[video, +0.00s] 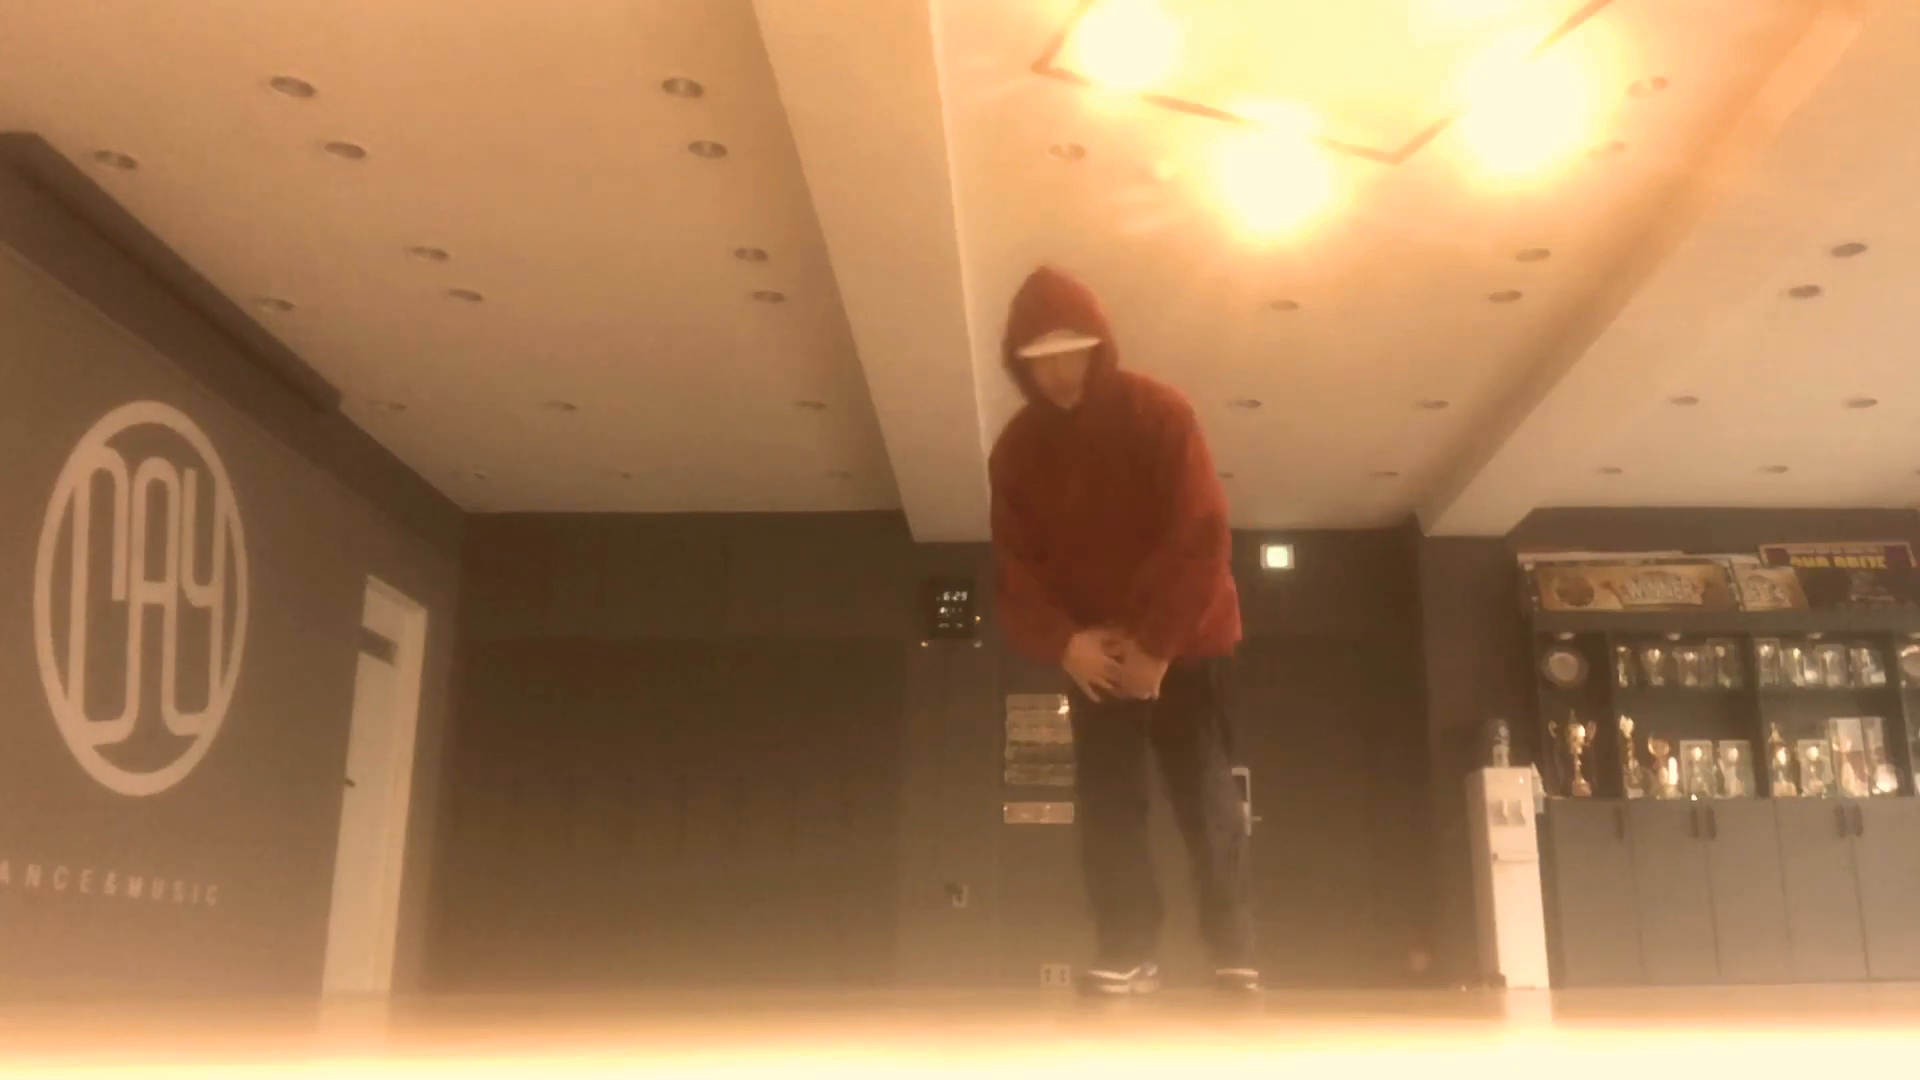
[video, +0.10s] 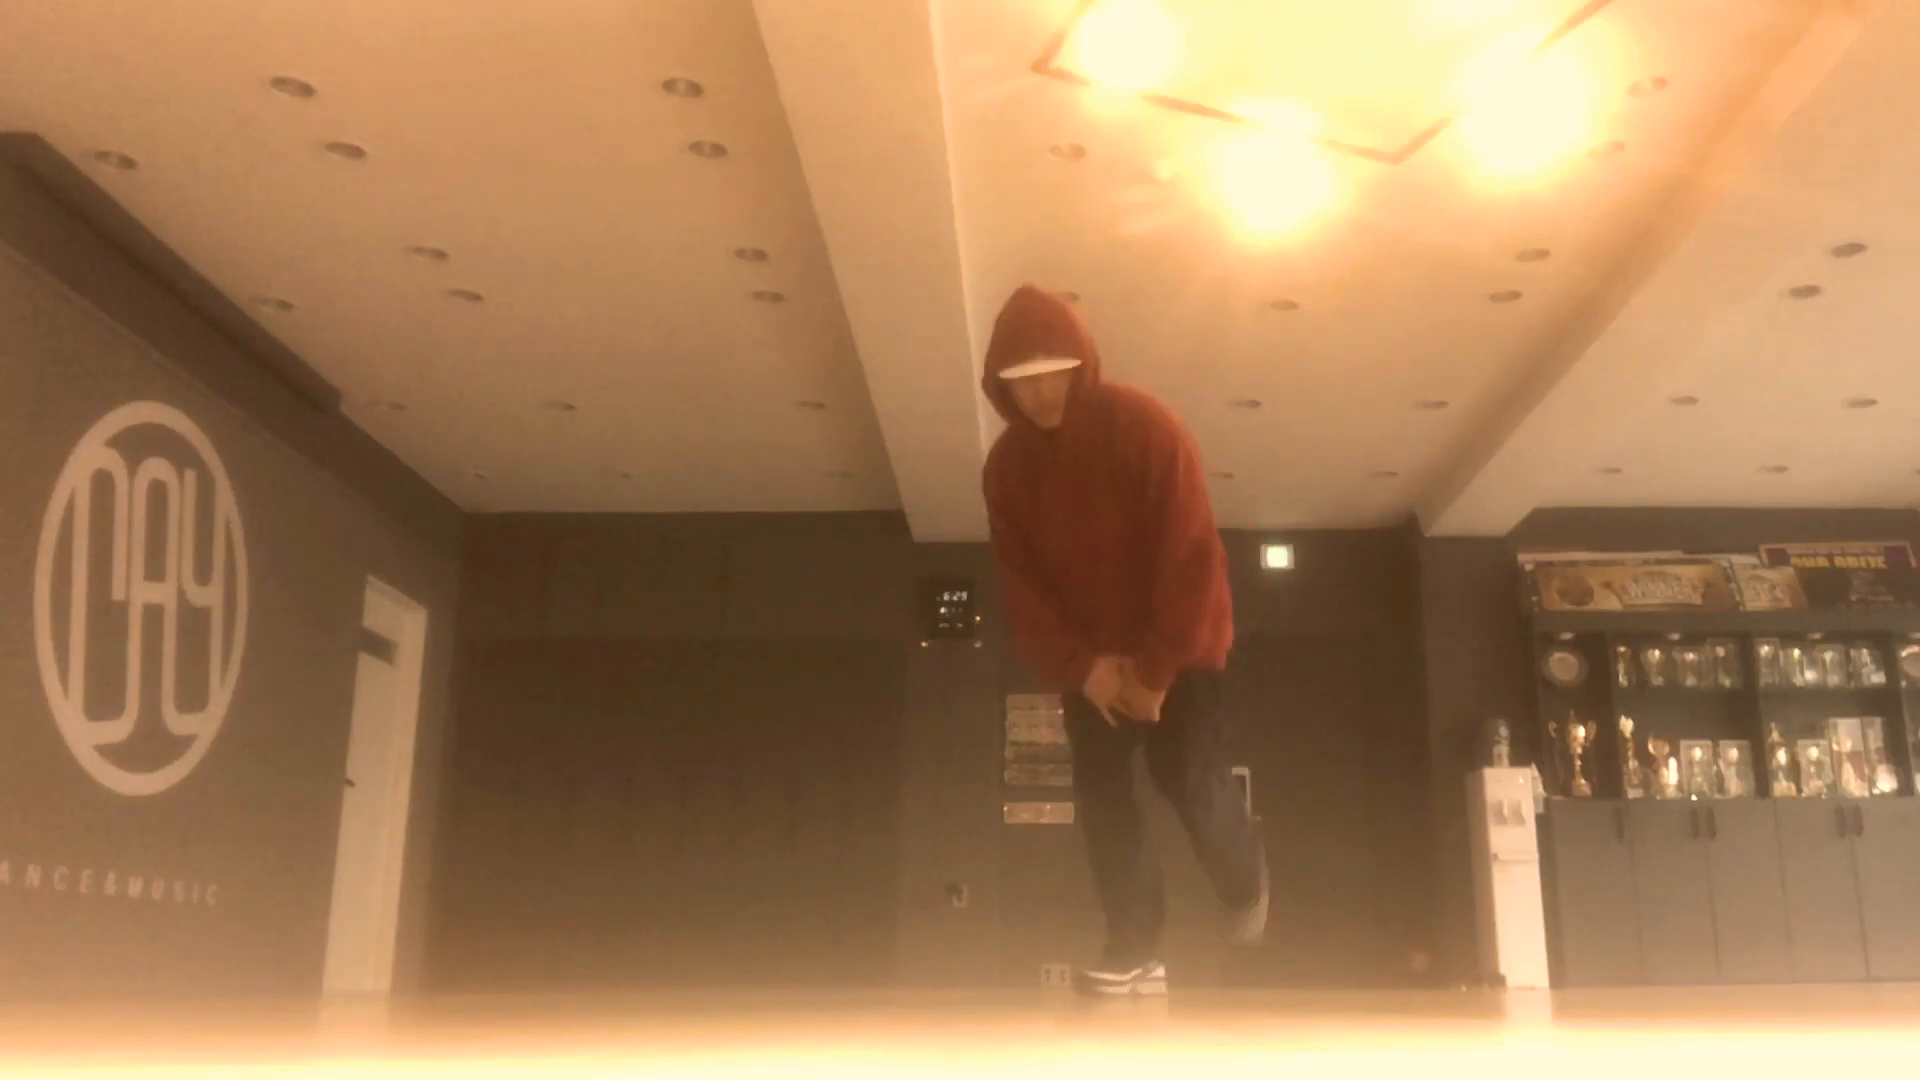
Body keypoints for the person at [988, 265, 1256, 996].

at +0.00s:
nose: (1053, 375)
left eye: (1067, 356)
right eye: (1037, 361)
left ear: (1097, 348)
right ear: (1020, 365)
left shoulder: (1162, 416)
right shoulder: (1017, 447)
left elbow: (1201, 538)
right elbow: (1014, 571)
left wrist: (1155, 641)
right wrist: (1065, 640)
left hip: (1186, 642)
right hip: (1093, 651)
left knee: (1207, 803)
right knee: (1106, 808)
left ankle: (1233, 955)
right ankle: (1126, 954)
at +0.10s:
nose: (1038, 393)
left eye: (1051, 374)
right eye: (1022, 379)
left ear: (1080, 368)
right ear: (1002, 385)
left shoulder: (1145, 427)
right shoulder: (1008, 463)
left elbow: (1189, 554)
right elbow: (1019, 589)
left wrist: (1157, 667)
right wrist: (1081, 663)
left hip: (1177, 636)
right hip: (1087, 651)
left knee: (1184, 776)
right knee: (1104, 798)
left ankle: (1241, 877)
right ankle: (1132, 946)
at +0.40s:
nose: (1063, 295)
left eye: (1080, 278)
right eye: (1047, 279)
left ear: (1108, 283)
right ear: (1025, 288)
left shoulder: (1164, 373)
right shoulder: (1004, 384)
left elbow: (1193, 489)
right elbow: (984, 493)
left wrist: (1137, 559)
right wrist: (1037, 530)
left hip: (1154, 594)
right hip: (1063, 601)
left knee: (1160, 737)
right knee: (1086, 760)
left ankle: (1182, 889)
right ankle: (1113, 933)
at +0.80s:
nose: (1150, 265)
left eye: (1170, 251)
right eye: (1136, 245)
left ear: (1193, 266)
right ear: (1108, 250)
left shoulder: (1208, 373)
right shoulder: (1052, 339)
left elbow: (1213, 521)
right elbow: (1026, 463)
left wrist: (1142, 611)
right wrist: (1080, 559)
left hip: (1149, 603)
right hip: (1044, 592)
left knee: (1135, 759)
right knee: (1047, 767)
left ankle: (1138, 944)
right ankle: (1072, 947)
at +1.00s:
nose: (1236, 269)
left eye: (1257, 257)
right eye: (1228, 243)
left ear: (1269, 278)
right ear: (1191, 238)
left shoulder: (1235, 392)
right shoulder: (1095, 315)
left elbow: (1239, 530)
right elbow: (1017, 414)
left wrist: (1270, 632)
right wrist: (989, 519)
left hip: (1139, 589)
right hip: (1034, 574)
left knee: (1134, 745)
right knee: (1013, 753)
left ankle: (1135, 939)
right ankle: (1003, 917)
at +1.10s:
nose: (1223, 248)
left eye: (1244, 236)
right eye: (1213, 224)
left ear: (1257, 267)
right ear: (1179, 229)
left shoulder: (1241, 386)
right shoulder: (1106, 298)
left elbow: (1288, 523)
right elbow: (999, 359)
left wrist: (1365, 607)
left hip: (1148, 599)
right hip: (1029, 575)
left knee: (1148, 768)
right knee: (978, 752)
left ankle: (1138, 945)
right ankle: (926, 923)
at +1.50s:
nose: (1201, 241)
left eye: (1218, 227)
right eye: (1185, 220)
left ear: (1232, 248)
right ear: (1145, 223)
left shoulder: (1234, 372)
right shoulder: (1086, 302)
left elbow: (1297, 495)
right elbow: (981, 366)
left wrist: (1366, 580)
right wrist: (939, 411)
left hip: (1181, 592)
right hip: (1070, 558)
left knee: (1162, 771)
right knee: (1044, 727)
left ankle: (1110, 941)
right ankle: (892, 884)